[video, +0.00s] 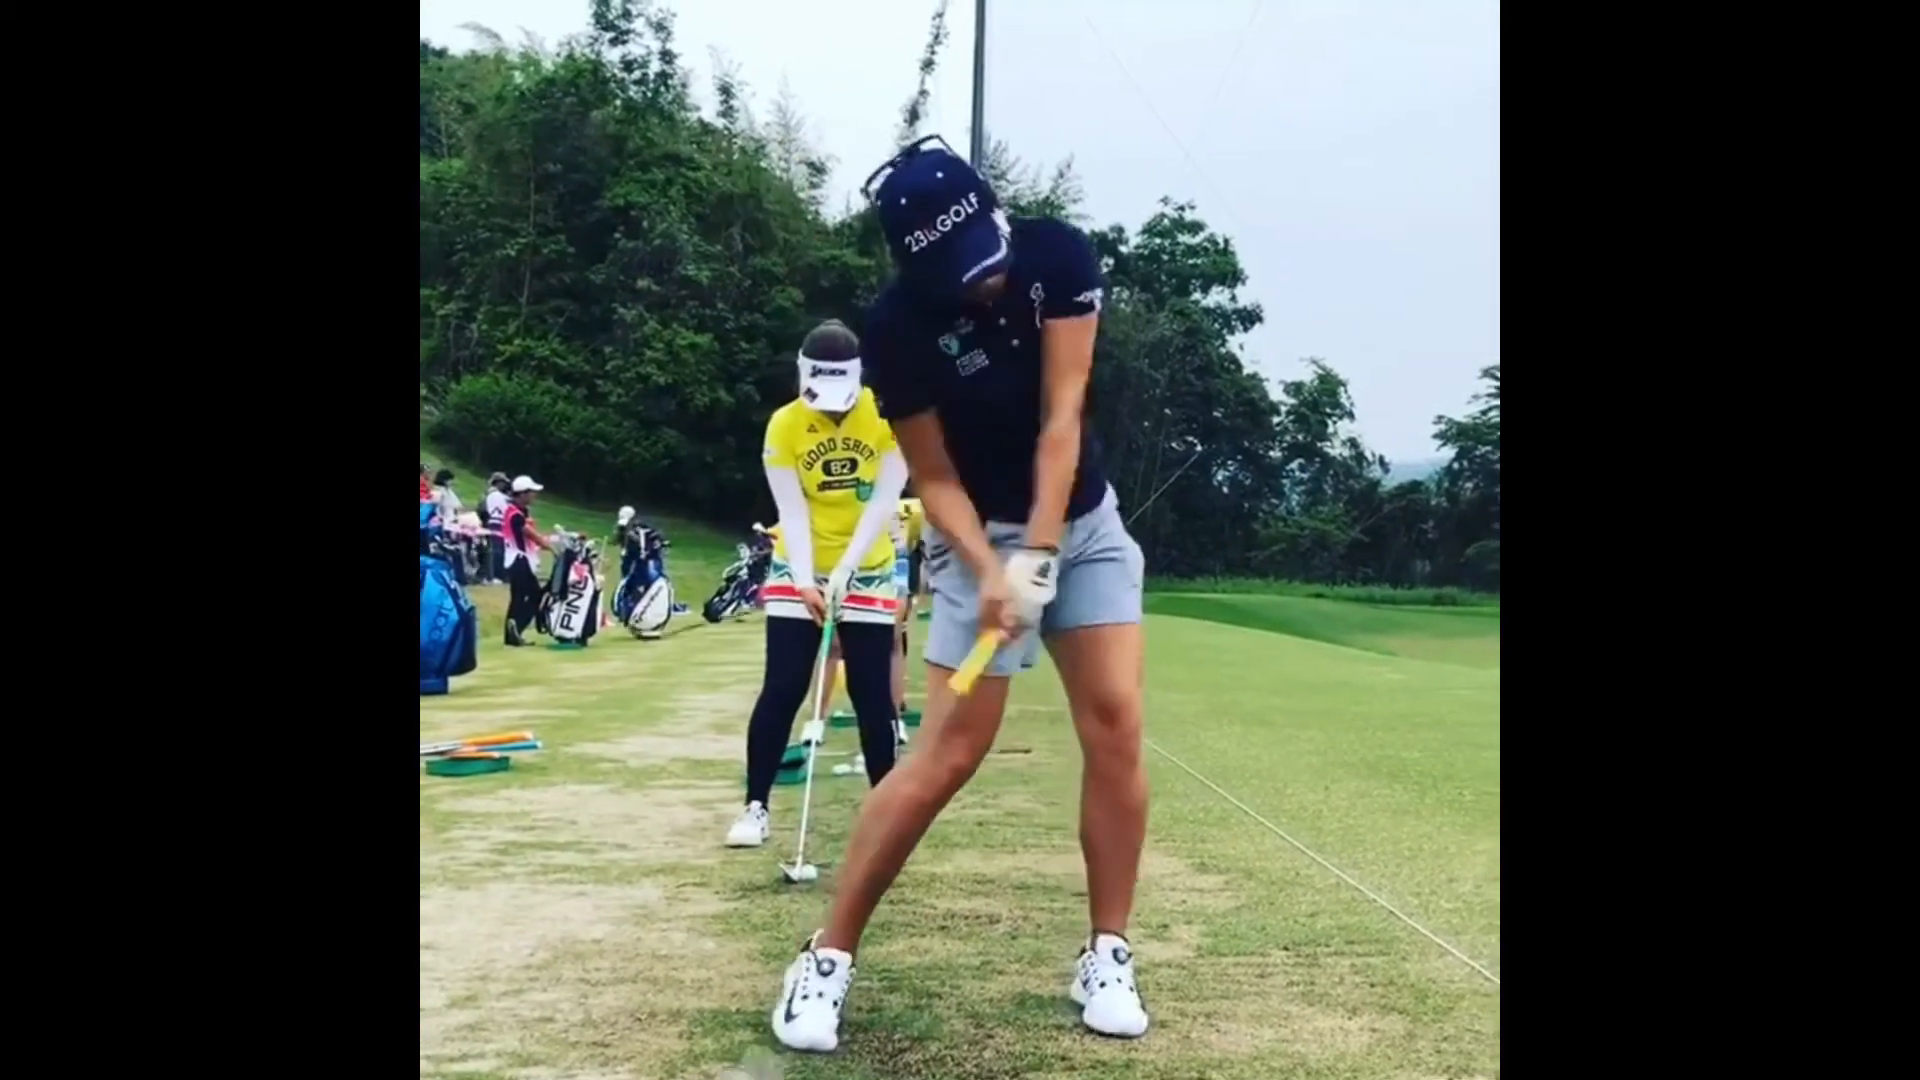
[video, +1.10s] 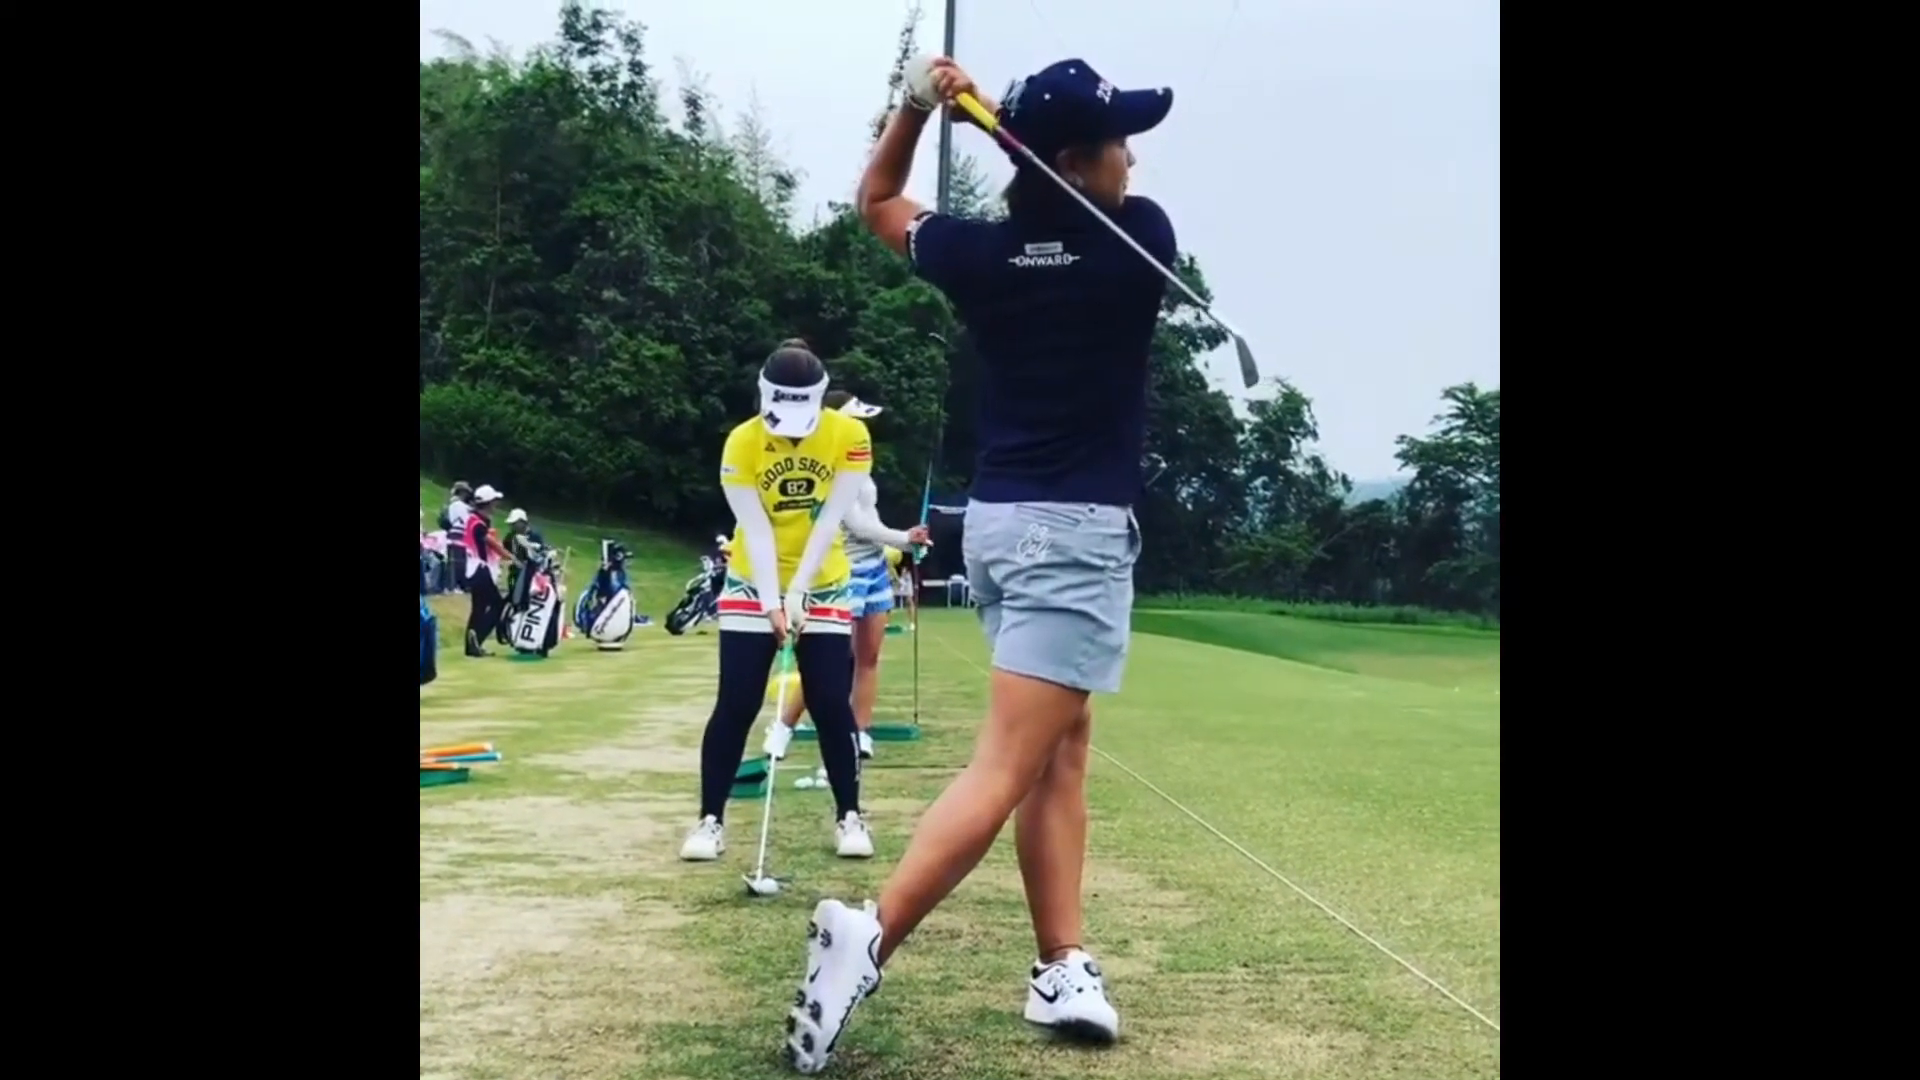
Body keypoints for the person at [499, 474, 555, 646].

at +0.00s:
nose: (534, 496)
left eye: (534, 492)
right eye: (531, 492)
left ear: (521, 495)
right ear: (521, 494)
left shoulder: (516, 512)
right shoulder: (516, 516)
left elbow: (531, 533)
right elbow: (533, 536)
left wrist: (550, 538)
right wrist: (551, 546)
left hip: (516, 556)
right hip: (518, 558)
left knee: (518, 595)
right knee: (535, 593)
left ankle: (511, 633)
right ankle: (517, 625)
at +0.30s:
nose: (517, 498)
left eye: (517, 495)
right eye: (515, 495)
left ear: (502, 496)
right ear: (507, 496)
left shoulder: (495, 514)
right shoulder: (500, 518)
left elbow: (514, 536)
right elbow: (517, 539)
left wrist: (531, 544)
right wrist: (536, 550)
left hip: (496, 558)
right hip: (502, 560)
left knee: (500, 597)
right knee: (519, 595)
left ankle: (494, 635)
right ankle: (500, 628)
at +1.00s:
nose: (495, 505)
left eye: (495, 501)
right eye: (494, 502)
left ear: (480, 502)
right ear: (486, 503)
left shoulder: (474, 520)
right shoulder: (479, 524)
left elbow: (492, 543)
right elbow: (495, 545)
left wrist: (509, 555)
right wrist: (513, 557)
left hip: (474, 563)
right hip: (480, 566)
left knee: (479, 604)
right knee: (498, 601)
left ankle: (472, 643)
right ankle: (478, 635)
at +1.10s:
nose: (495, 506)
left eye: (495, 503)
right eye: (493, 503)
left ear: (479, 503)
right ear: (486, 504)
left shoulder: (473, 521)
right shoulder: (479, 525)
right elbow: (495, 546)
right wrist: (513, 558)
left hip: (473, 564)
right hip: (479, 567)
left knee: (479, 605)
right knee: (497, 602)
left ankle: (472, 645)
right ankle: (478, 636)